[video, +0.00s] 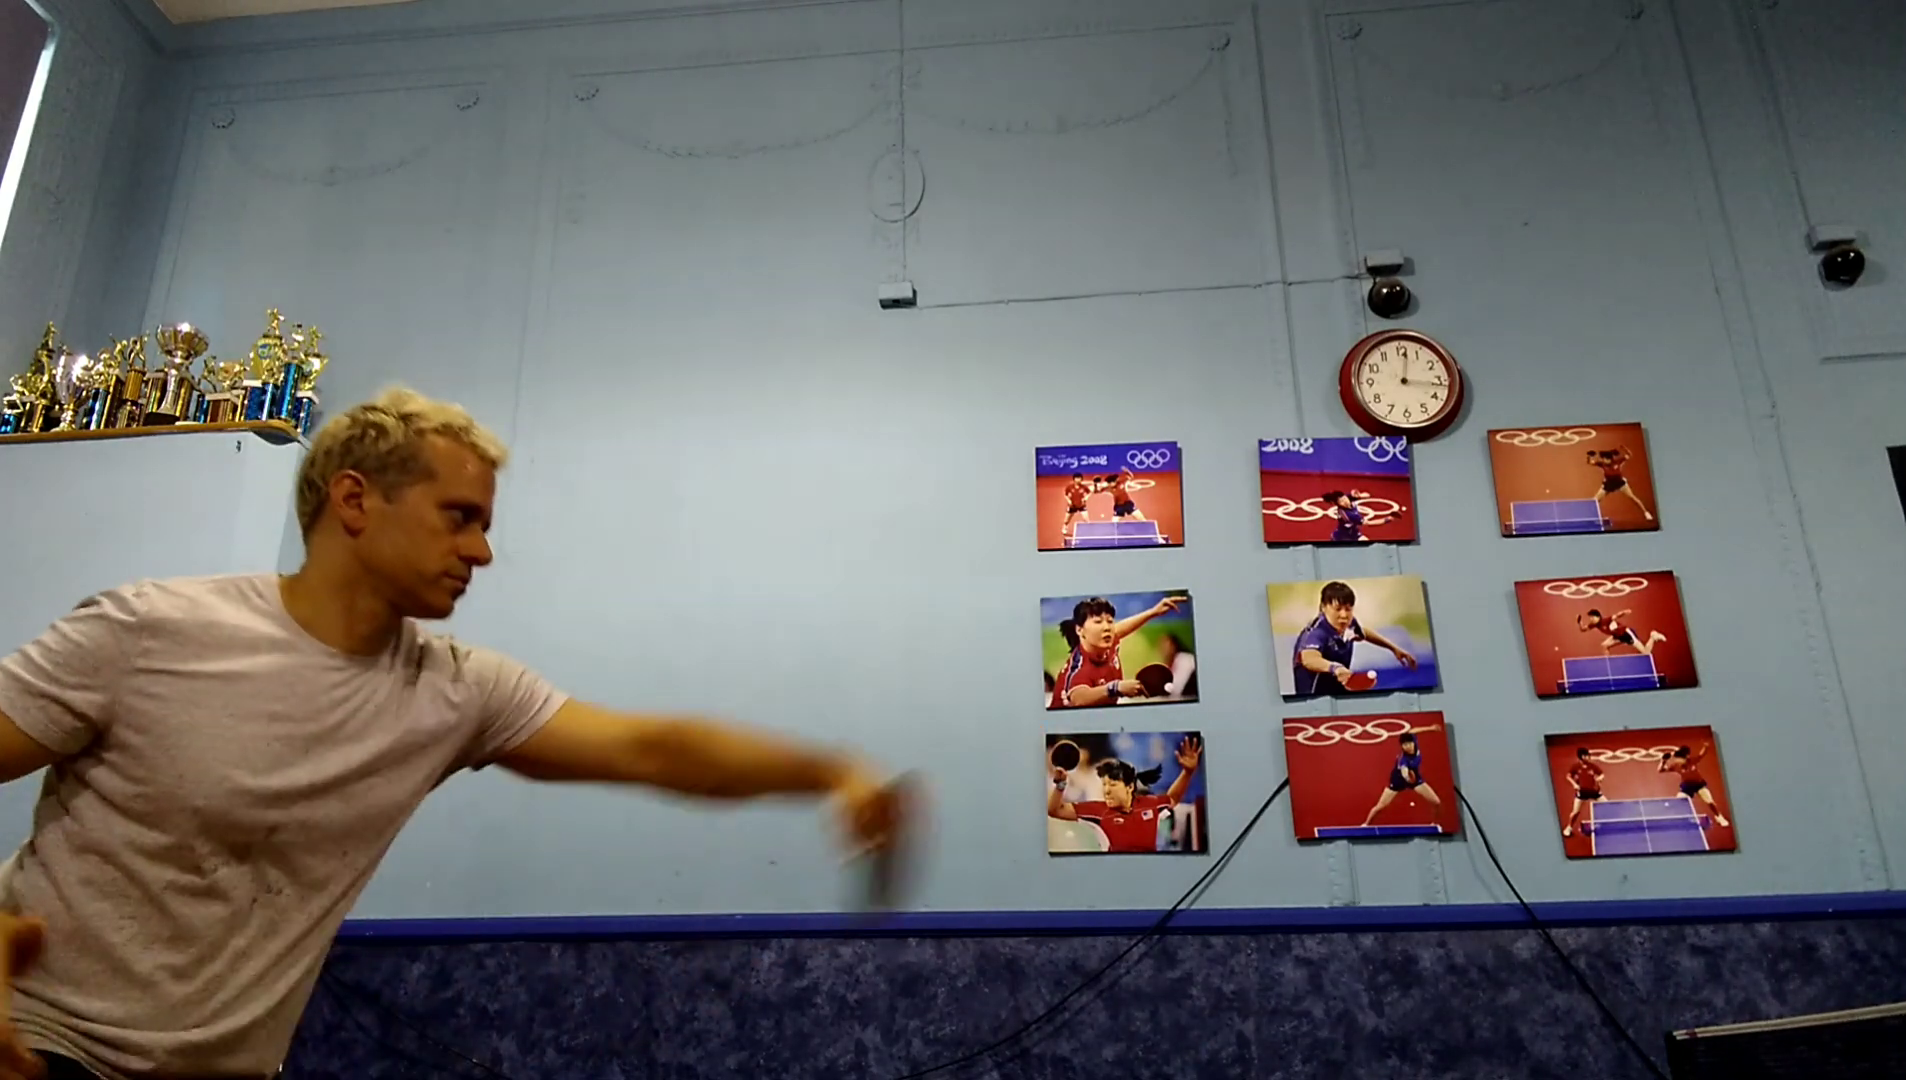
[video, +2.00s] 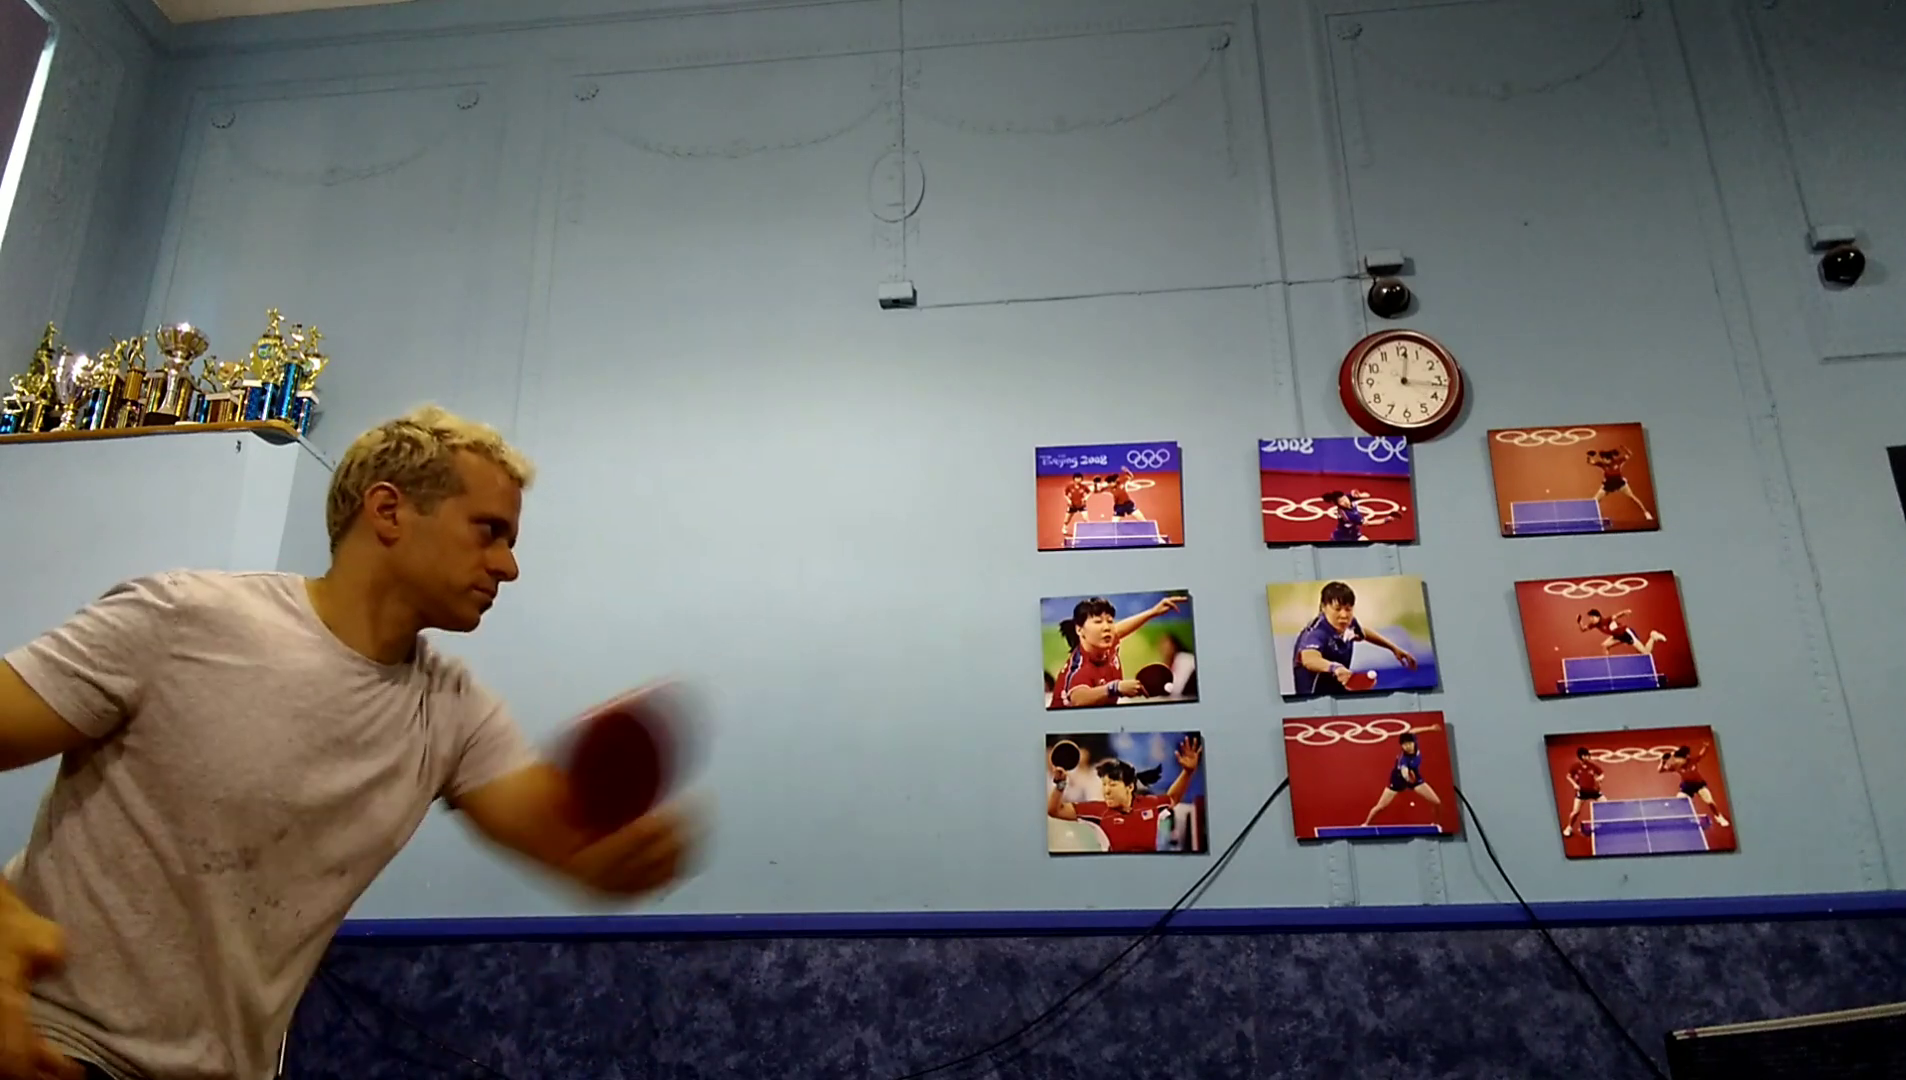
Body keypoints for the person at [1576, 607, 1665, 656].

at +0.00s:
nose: (1590, 620)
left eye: (1591, 618)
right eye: (1590, 618)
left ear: (1597, 617)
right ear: (1593, 618)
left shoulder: (1606, 620)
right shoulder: (1594, 624)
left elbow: (1617, 616)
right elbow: (1583, 630)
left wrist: (1625, 612)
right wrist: (1579, 623)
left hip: (1627, 634)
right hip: (1618, 637)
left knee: (1645, 652)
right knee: (1604, 645)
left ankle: (1653, 636)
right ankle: (1608, 666)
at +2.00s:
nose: (1591, 620)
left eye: (1591, 618)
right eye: (1590, 619)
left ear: (1597, 617)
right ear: (1593, 618)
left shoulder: (1607, 620)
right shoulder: (1595, 625)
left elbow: (1617, 615)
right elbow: (1584, 630)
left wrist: (1625, 612)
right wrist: (1579, 623)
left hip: (1627, 634)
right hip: (1618, 637)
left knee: (1646, 652)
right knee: (1604, 645)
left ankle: (1653, 636)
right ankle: (1608, 667)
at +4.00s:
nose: (1590, 620)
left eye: (1591, 618)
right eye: (1590, 618)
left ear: (1597, 617)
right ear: (1593, 618)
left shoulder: (1607, 620)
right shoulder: (1594, 624)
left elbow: (1617, 615)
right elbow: (1583, 630)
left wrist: (1626, 612)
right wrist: (1579, 623)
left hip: (1627, 634)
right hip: (1618, 637)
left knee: (1645, 652)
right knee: (1604, 645)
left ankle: (1653, 636)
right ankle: (1607, 667)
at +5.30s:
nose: (1590, 620)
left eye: (1591, 618)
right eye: (1590, 618)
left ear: (1597, 617)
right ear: (1593, 618)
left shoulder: (1607, 620)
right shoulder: (1594, 624)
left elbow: (1617, 615)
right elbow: (1583, 630)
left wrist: (1625, 612)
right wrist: (1579, 623)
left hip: (1627, 634)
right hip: (1617, 636)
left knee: (1645, 652)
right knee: (1604, 645)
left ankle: (1653, 636)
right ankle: (1608, 667)